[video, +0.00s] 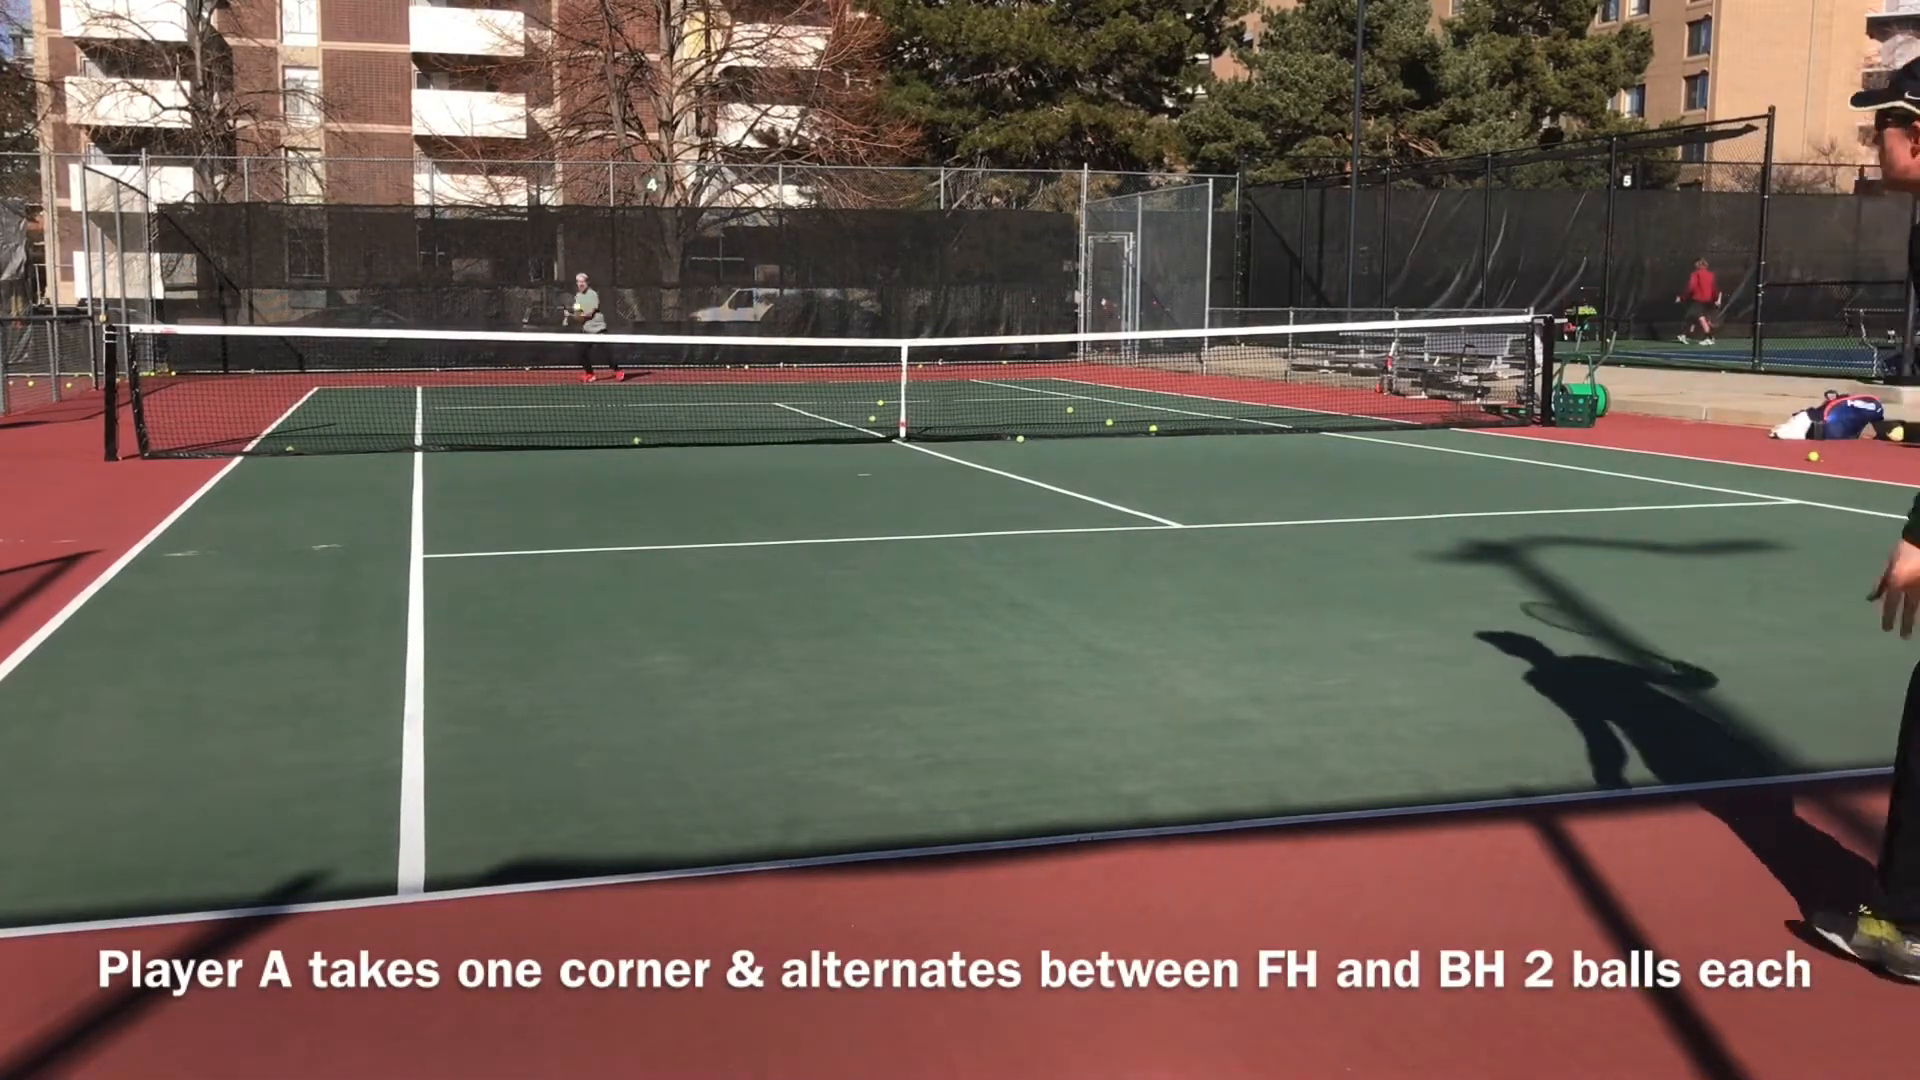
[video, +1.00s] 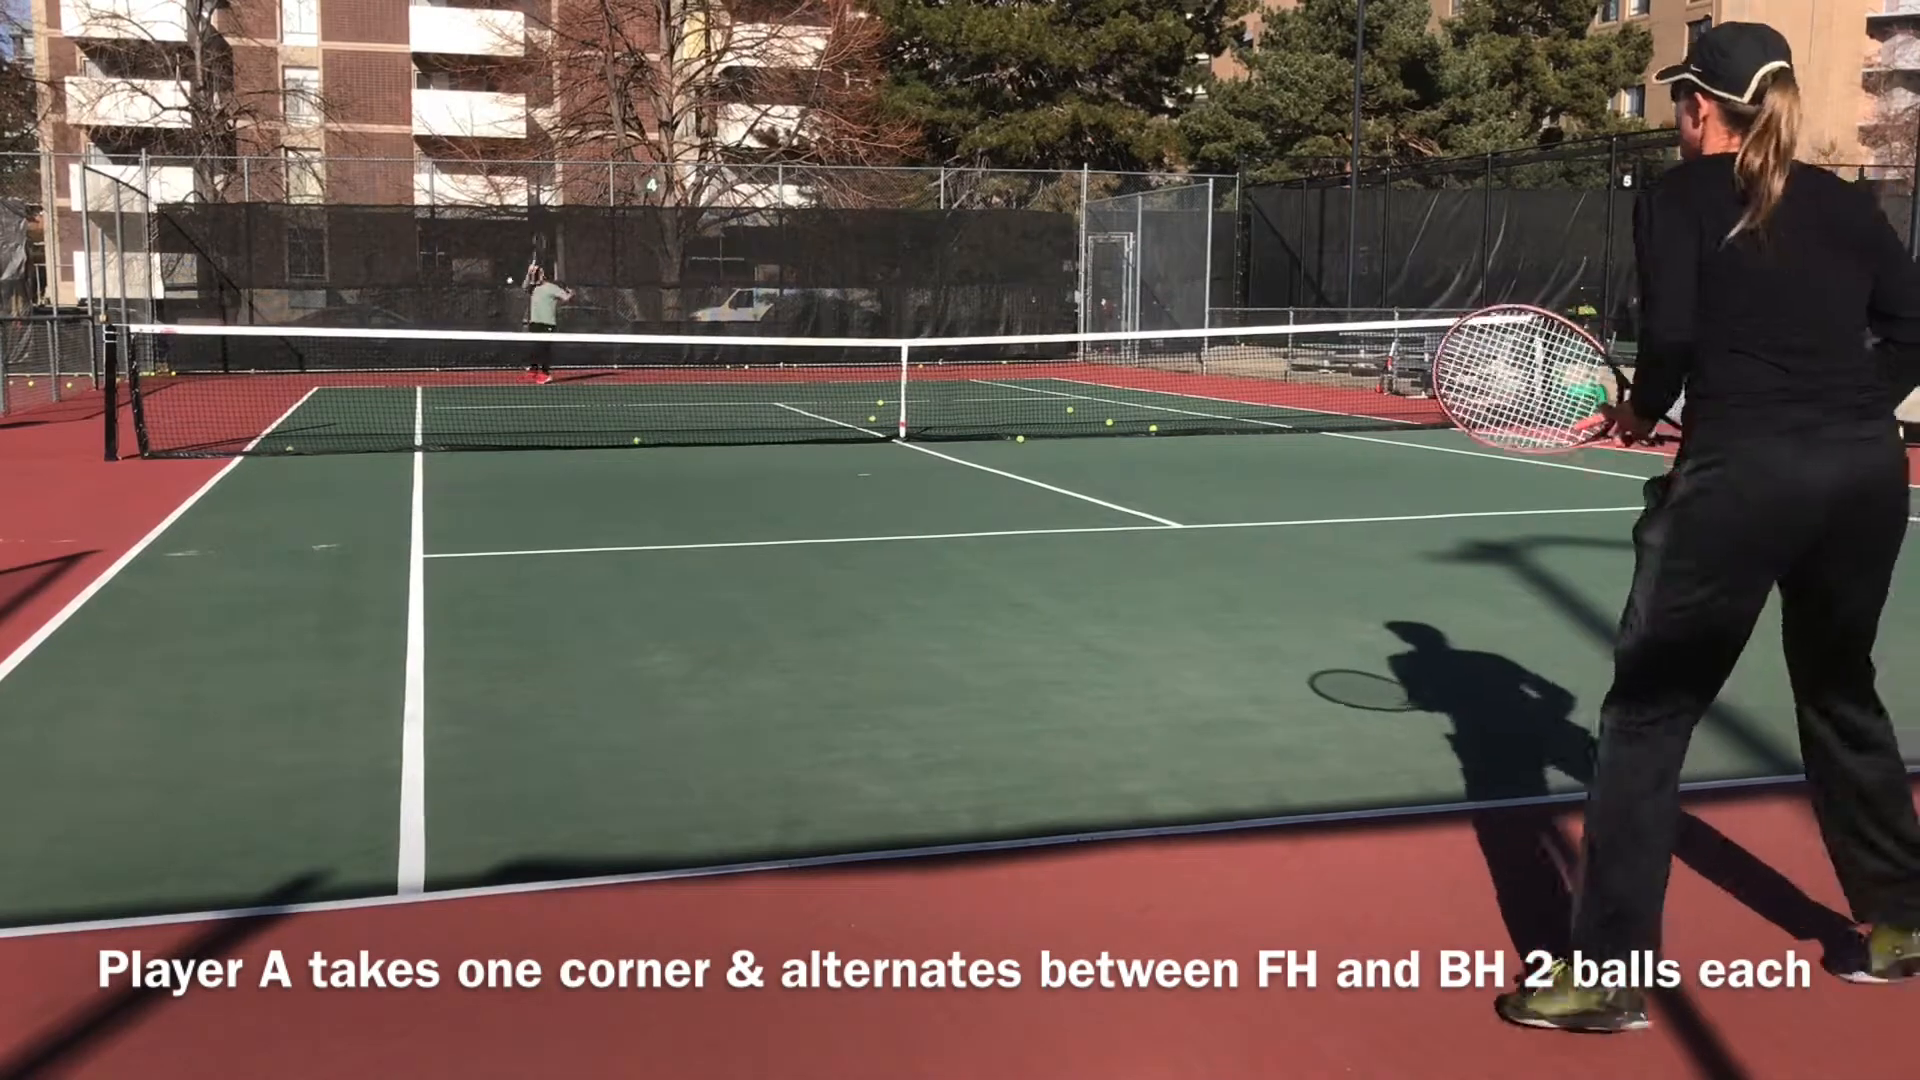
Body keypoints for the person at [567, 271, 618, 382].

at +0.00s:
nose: (580, 284)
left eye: (582, 281)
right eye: (578, 281)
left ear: (587, 282)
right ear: (576, 283)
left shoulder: (592, 294)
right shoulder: (578, 296)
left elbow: (591, 312)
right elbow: (577, 311)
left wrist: (579, 316)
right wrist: (570, 315)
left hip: (599, 326)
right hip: (587, 327)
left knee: (606, 349)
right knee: (582, 351)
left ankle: (617, 370)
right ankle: (589, 373)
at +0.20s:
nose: (569, 286)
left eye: (571, 283)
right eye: (567, 284)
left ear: (575, 284)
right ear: (565, 285)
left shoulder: (580, 295)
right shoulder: (570, 297)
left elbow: (566, 309)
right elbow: (565, 311)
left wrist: (547, 307)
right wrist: (552, 311)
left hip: (591, 330)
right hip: (581, 331)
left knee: (594, 352)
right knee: (578, 352)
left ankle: (611, 368)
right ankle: (586, 372)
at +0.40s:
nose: (554, 289)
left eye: (556, 286)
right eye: (553, 287)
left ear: (562, 286)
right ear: (552, 288)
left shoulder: (565, 296)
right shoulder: (563, 298)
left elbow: (555, 311)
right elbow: (556, 314)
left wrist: (538, 317)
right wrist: (540, 316)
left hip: (577, 330)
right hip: (573, 330)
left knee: (565, 350)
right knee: (571, 354)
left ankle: (562, 374)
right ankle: (585, 373)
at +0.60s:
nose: (540, 290)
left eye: (542, 287)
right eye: (539, 288)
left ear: (548, 287)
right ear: (545, 288)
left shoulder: (552, 297)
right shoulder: (552, 297)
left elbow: (547, 313)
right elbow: (549, 316)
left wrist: (535, 321)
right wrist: (544, 329)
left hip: (560, 331)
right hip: (561, 331)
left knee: (546, 352)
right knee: (560, 355)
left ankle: (547, 375)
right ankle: (581, 371)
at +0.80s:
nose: (533, 285)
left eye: (534, 282)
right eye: (531, 283)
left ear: (540, 280)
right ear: (532, 283)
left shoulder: (551, 289)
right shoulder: (536, 292)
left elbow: (562, 299)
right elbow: (535, 306)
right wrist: (528, 318)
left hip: (553, 324)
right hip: (542, 325)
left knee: (545, 350)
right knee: (546, 350)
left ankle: (547, 373)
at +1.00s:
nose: (537, 277)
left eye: (539, 274)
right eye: (536, 275)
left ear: (542, 275)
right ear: (536, 276)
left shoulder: (551, 287)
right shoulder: (534, 288)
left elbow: (564, 297)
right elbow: (525, 287)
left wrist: (569, 293)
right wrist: (529, 274)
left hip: (547, 323)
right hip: (535, 322)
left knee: (544, 348)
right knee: (536, 347)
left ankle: (545, 372)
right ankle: (535, 368)